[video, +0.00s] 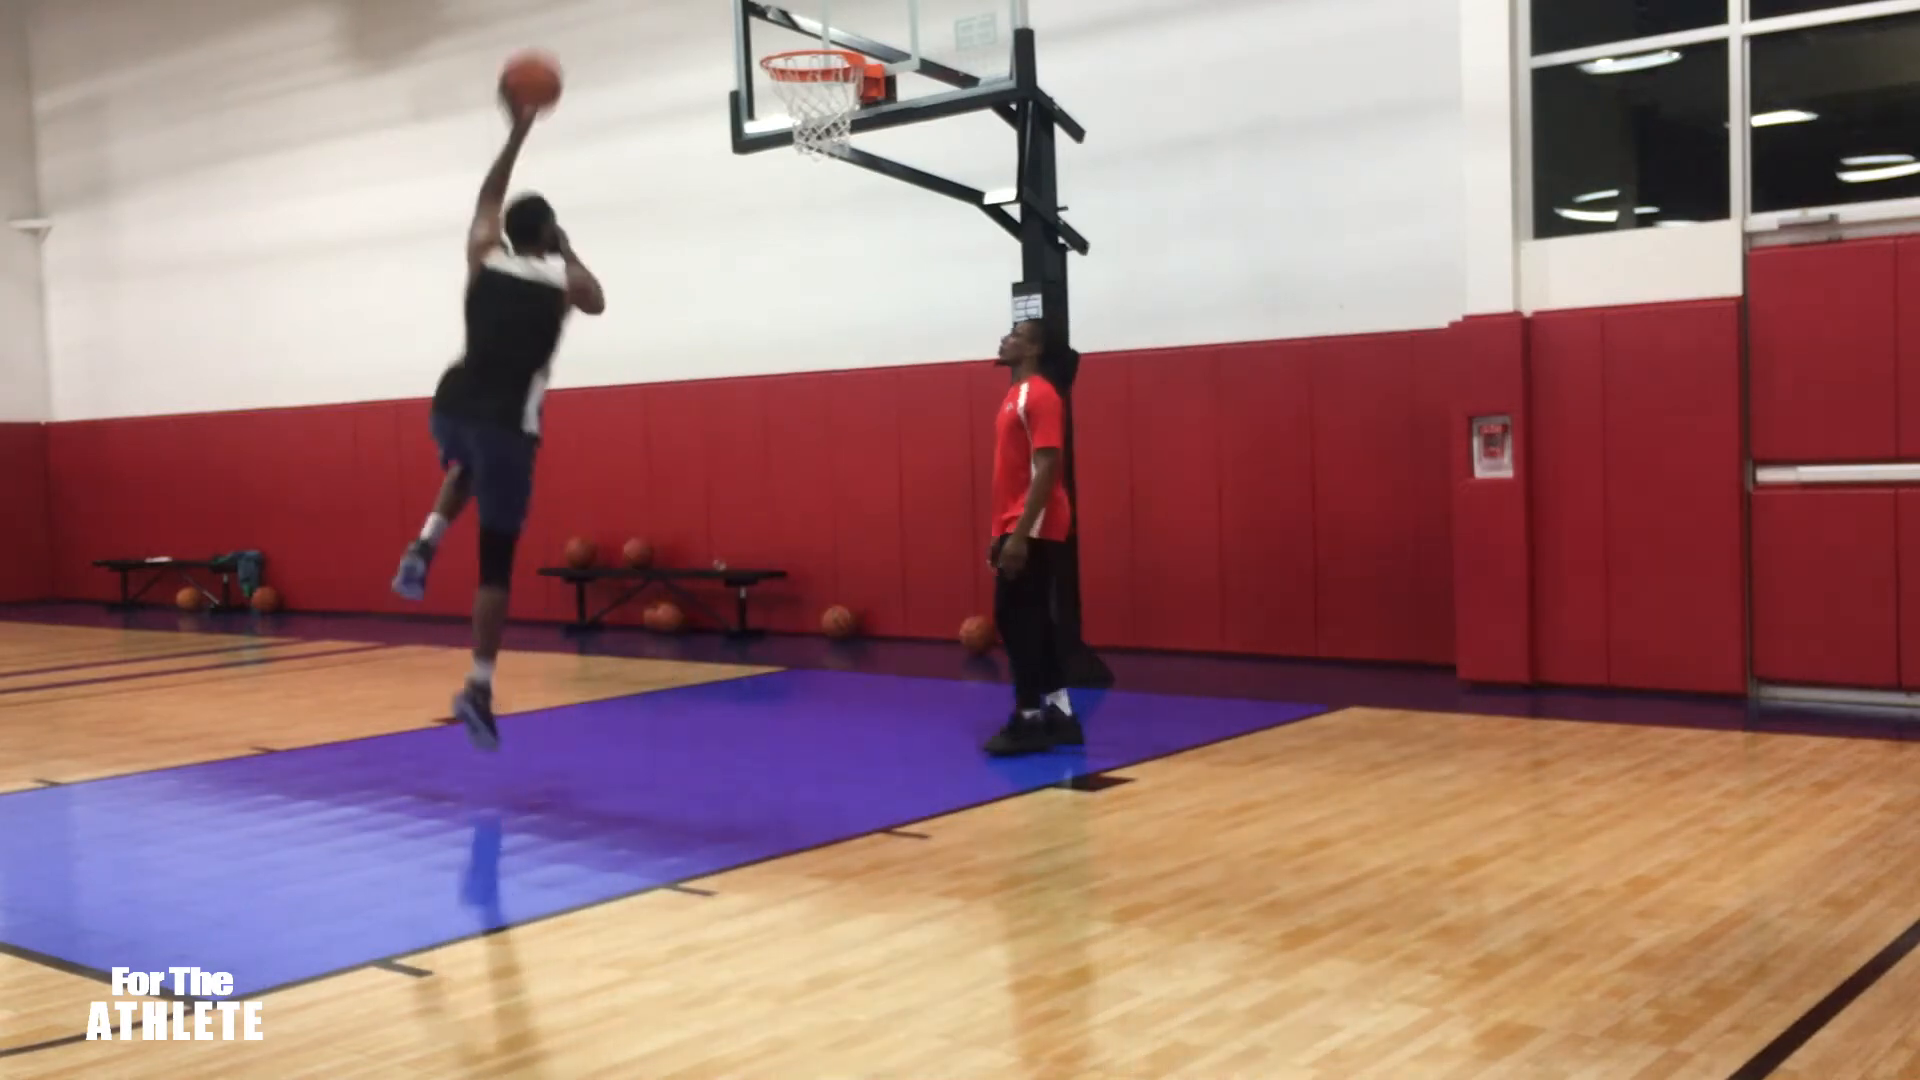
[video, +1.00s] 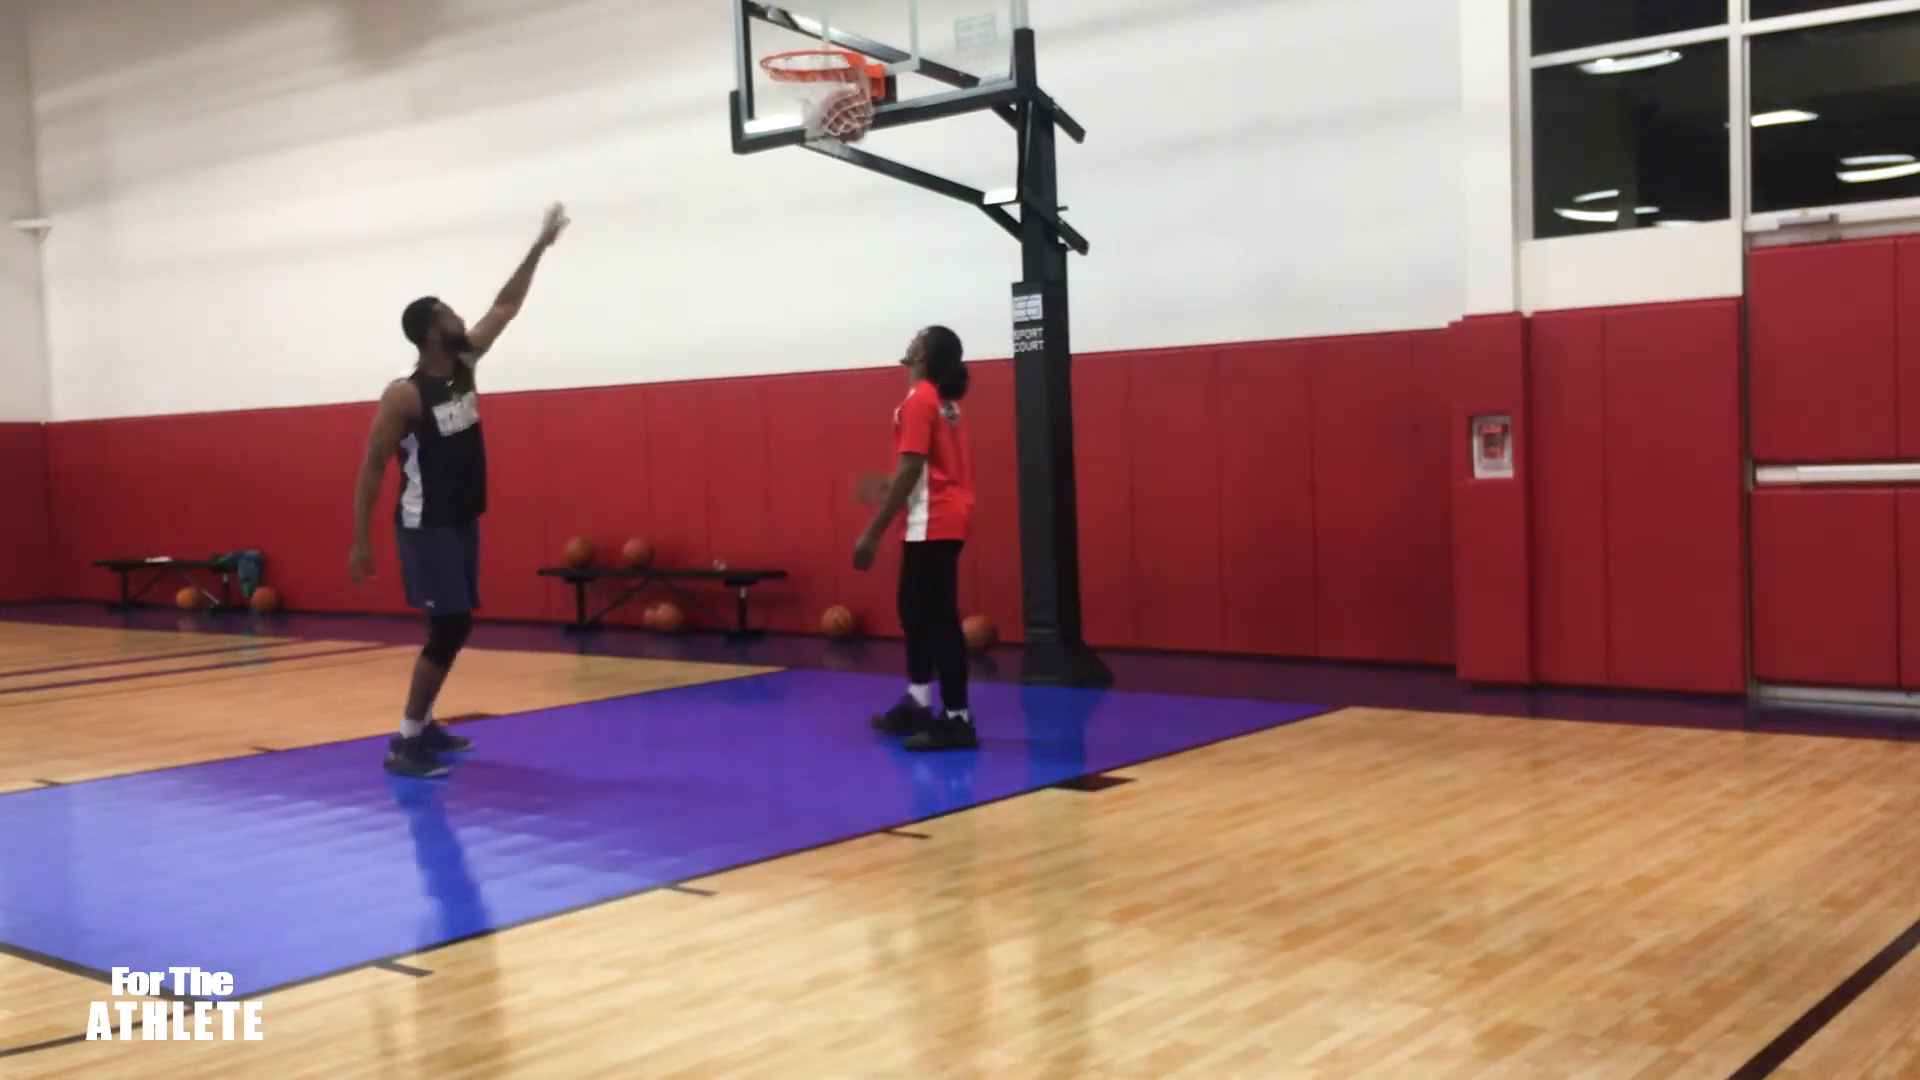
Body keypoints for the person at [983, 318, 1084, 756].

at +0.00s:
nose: (1005, 340)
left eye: (1015, 336)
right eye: (1008, 334)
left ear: (1035, 349)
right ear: (1022, 348)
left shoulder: (1039, 394)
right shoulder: (1016, 395)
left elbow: (1046, 465)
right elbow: (1014, 471)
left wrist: (1022, 533)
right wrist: (1000, 530)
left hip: (1035, 532)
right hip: (1021, 530)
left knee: (1018, 621)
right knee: (1031, 621)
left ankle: (1029, 715)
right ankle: (1057, 709)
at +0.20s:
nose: (992, 338)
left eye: (1002, 335)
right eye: (996, 332)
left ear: (1018, 350)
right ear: (1011, 349)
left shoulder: (1019, 393)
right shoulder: (1007, 393)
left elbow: (1023, 466)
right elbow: (1012, 467)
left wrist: (999, 533)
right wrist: (994, 528)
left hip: (1020, 531)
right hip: (1021, 529)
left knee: (993, 622)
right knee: (1034, 620)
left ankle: (976, 715)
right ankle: (1060, 711)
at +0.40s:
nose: (974, 339)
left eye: (984, 336)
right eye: (979, 334)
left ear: (997, 353)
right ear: (995, 355)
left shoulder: (992, 397)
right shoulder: (992, 396)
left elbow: (996, 468)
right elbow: (998, 469)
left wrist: (978, 539)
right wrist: (982, 530)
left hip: (996, 536)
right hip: (1007, 534)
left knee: (975, 626)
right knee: (1019, 622)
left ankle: (959, 716)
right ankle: (1057, 711)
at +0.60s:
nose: (949, 339)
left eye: (958, 337)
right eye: (954, 334)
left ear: (970, 352)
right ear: (977, 356)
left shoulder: (965, 397)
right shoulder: (972, 395)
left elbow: (966, 470)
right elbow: (974, 468)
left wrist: (945, 538)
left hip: (970, 533)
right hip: (979, 531)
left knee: (960, 620)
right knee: (974, 617)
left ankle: (956, 717)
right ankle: (1037, 694)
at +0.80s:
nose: (929, 341)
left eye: (938, 337)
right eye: (935, 335)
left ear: (949, 353)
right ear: (957, 358)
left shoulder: (942, 396)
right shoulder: (953, 395)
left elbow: (937, 467)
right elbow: (951, 466)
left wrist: (905, 534)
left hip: (952, 521)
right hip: (956, 519)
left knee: (946, 615)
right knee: (928, 607)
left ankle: (956, 716)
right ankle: (987, 685)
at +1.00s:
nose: (908, 347)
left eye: (915, 342)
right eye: (912, 340)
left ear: (925, 354)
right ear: (935, 359)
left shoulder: (920, 397)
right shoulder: (936, 398)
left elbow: (911, 467)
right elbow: (931, 469)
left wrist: (872, 534)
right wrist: (888, 485)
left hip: (935, 520)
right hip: (933, 518)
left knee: (936, 614)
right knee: (913, 608)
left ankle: (956, 717)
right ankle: (919, 701)